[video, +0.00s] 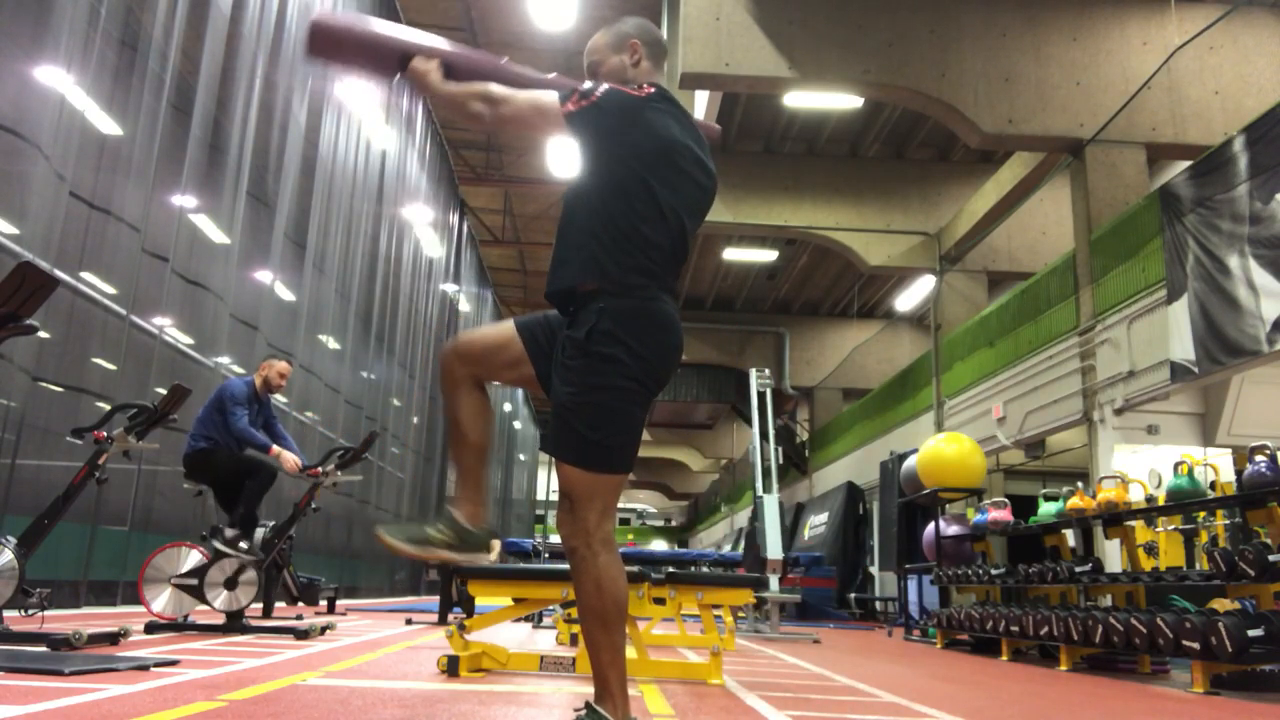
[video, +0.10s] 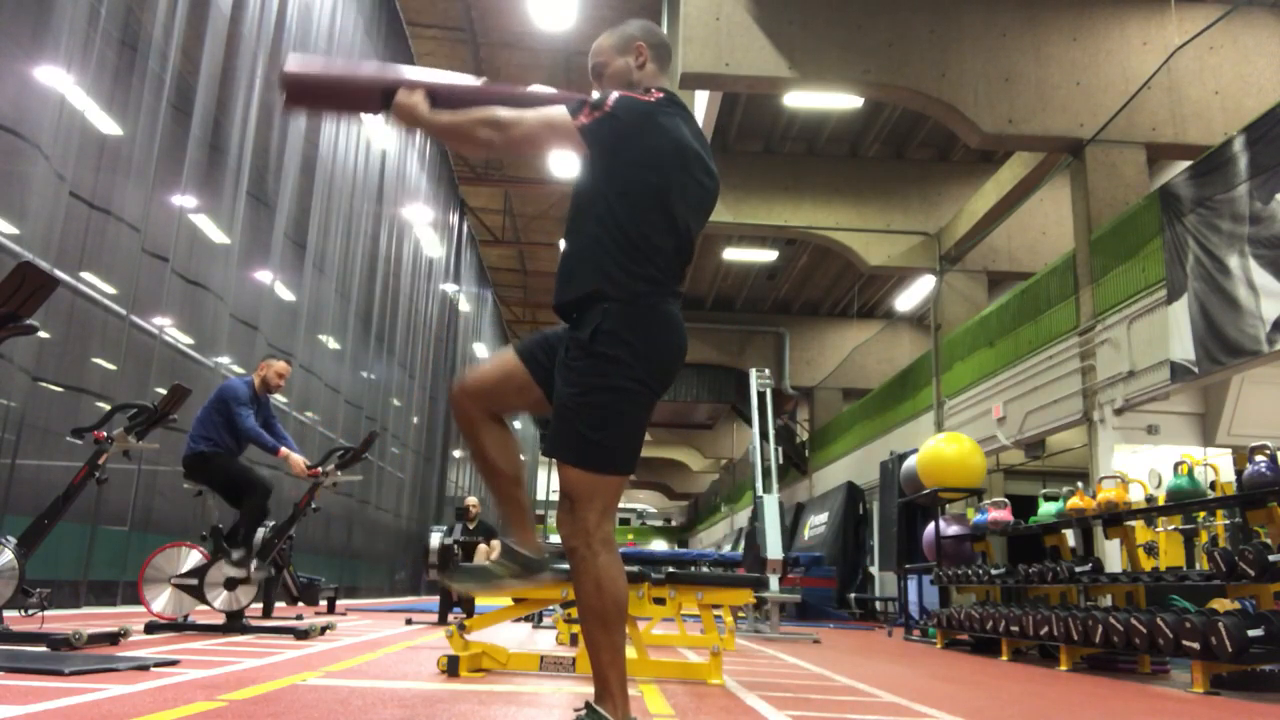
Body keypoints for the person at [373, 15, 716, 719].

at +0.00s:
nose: (591, 80)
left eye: (597, 67)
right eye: (589, 70)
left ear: (639, 56)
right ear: (648, 65)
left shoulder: (618, 107)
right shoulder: (698, 150)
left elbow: (488, 109)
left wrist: (426, 76)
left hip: (618, 329)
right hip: (599, 323)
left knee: (587, 530)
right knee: (463, 357)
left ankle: (613, 707)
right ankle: (469, 524)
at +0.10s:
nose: (595, 85)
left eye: (603, 71)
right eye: (594, 74)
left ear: (643, 60)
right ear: (652, 68)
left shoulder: (629, 114)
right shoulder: (697, 154)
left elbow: (504, 131)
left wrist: (425, 115)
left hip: (621, 334)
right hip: (612, 330)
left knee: (586, 530)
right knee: (472, 395)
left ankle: (614, 708)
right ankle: (523, 548)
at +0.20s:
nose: (596, 83)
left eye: (603, 69)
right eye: (594, 73)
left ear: (646, 60)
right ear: (650, 68)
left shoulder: (646, 122)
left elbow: (524, 160)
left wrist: (423, 157)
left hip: (626, 343)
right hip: (614, 339)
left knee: (588, 530)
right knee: (498, 444)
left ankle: (614, 709)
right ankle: (586, 553)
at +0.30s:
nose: (594, 86)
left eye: (602, 72)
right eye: (592, 76)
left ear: (645, 62)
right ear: (645, 68)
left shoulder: (654, 126)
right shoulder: (674, 138)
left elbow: (546, 186)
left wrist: (435, 201)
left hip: (637, 344)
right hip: (630, 341)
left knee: (587, 521)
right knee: (537, 481)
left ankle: (613, 708)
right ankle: (654, 586)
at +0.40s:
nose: (591, 88)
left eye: (598, 73)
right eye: (588, 79)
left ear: (642, 64)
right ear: (642, 69)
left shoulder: (656, 131)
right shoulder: (656, 133)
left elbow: (581, 214)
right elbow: (589, 219)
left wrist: (463, 245)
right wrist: (533, 187)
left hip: (644, 351)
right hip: (650, 348)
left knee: (587, 524)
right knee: (598, 509)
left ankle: (612, 708)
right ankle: (721, 593)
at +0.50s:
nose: (587, 96)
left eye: (595, 80)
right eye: (583, 87)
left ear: (639, 71)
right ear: (629, 79)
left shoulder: (666, 141)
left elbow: (616, 240)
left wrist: (506, 287)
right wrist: (516, 189)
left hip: (653, 363)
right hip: (661, 363)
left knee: (588, 527)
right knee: (639, 529)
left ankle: (612, 707)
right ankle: (775, 594)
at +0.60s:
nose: (582, 107)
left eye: (591, 91)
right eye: (579, 96)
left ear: (635, 83)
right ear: (620, 90)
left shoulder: (670, 157)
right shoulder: (623, 182)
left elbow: (654, 259)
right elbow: (555, 256)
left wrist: (568, 318)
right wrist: (501, 207)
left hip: (663, 372)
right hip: (667, 374)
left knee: (589, 527)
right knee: (679, 540)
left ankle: (613, 707)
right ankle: (810, 610)